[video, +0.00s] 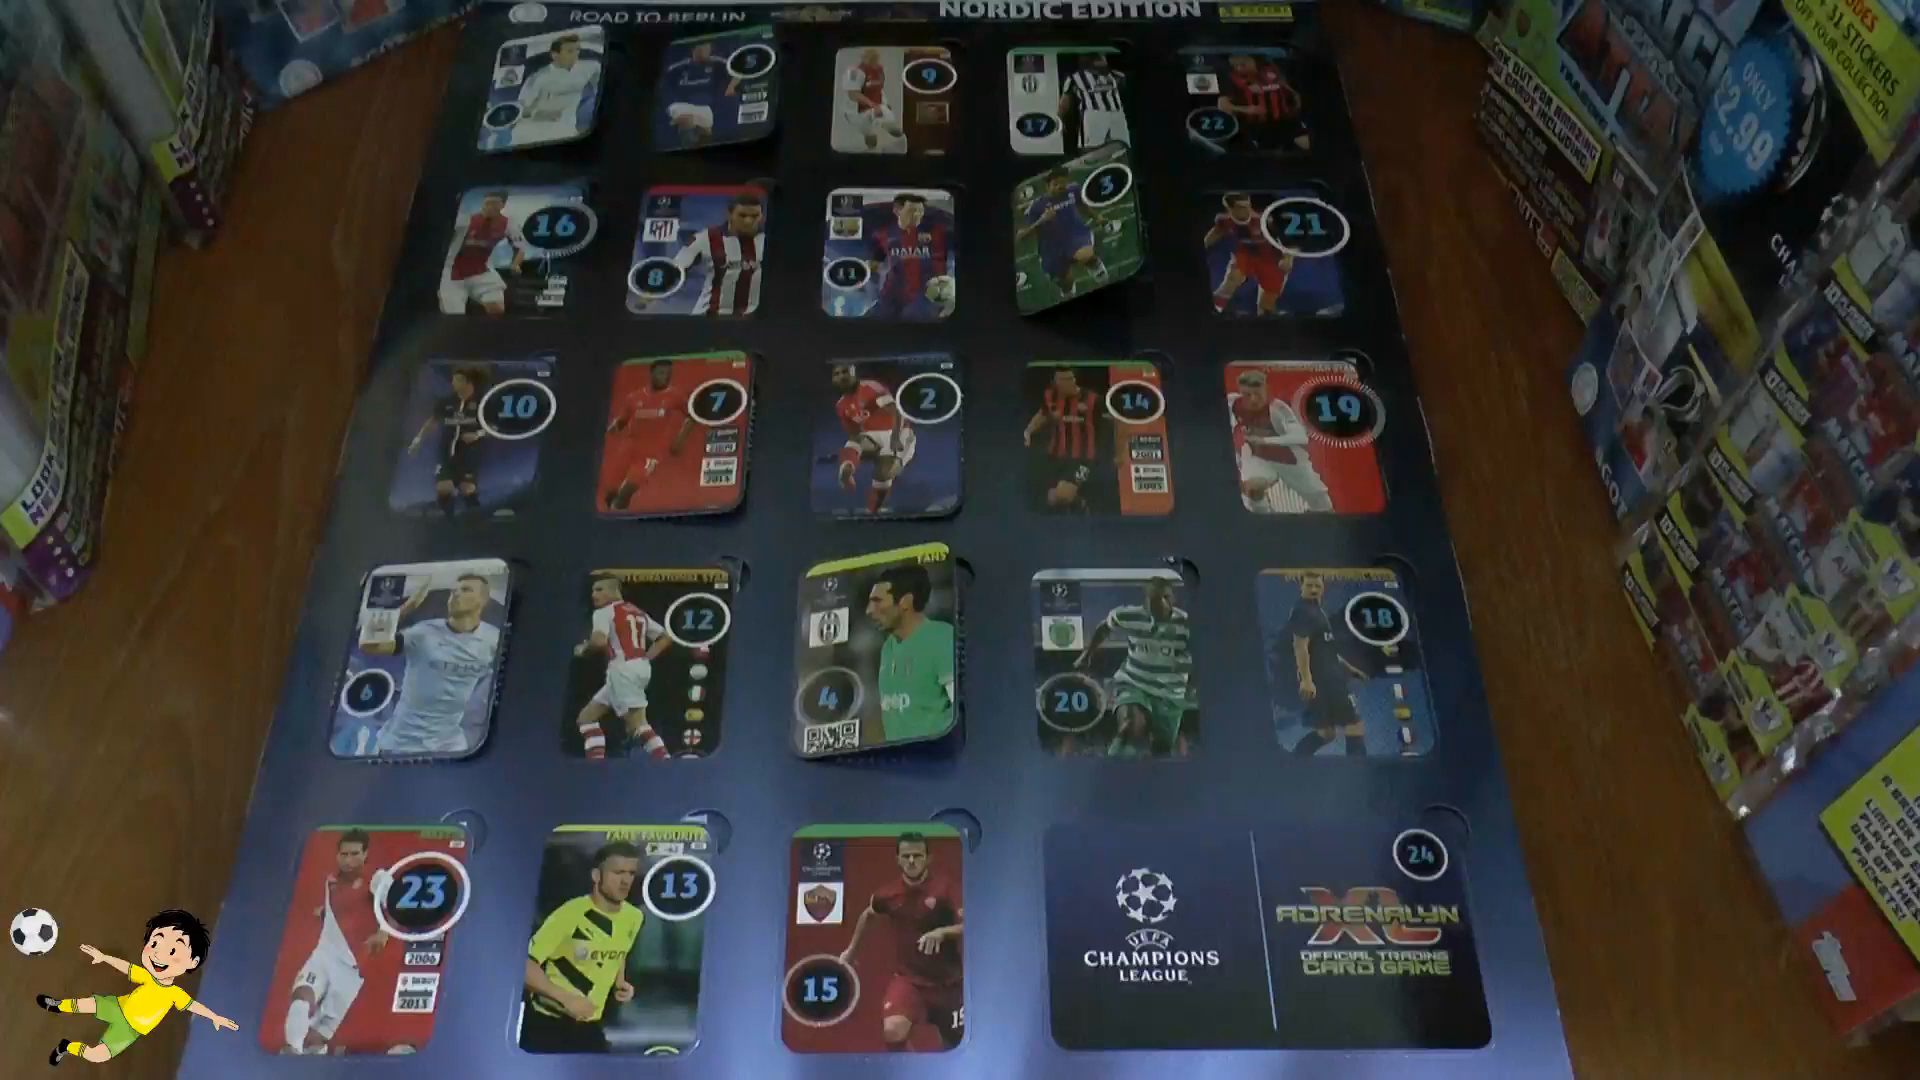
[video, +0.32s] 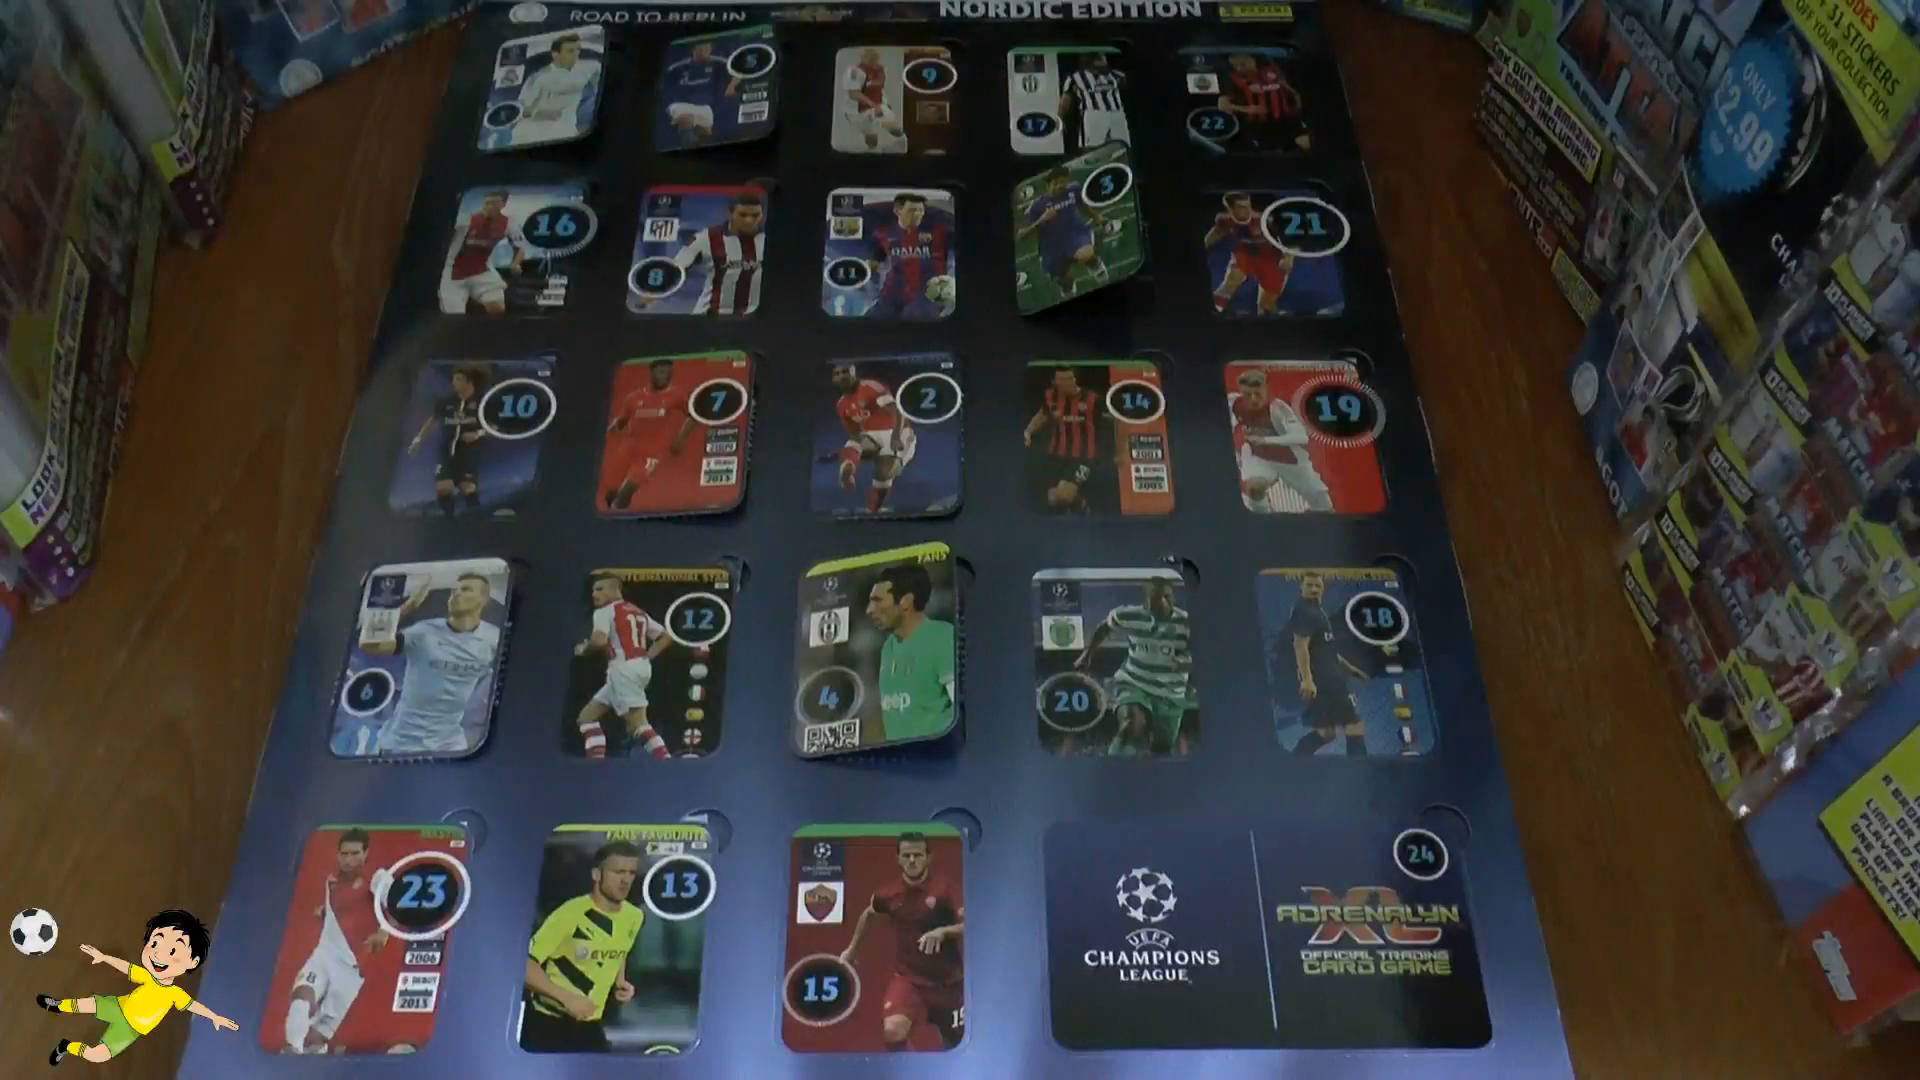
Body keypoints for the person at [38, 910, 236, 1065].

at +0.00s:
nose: (160, 956)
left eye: (172, 952)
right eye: (156, 944)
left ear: (189, 965)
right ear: (146, 946)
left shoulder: (176, 995)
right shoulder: (143, 975)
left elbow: (195, 1007)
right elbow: (124, 967)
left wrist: (215, 1018)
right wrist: (103, 958)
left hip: (131, 1029)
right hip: (119, 1008)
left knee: (99, 1055)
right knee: (88, 1003)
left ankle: (66, 1047)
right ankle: (57, 1006)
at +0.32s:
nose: (160, 956)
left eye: (173, 952)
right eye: (156, 944)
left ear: (190, 965)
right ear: (145, 946)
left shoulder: (176, 995)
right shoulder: (143, 975)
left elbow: (195, 1007)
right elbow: (124, 967)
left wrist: (215, 1018)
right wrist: (103, 958)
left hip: (131, 1030)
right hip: (119, 1008)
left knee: (98, 1055)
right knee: (88, 1003)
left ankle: (66, 1047)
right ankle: (57, 1006)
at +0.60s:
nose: (160, 956)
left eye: (172, 952)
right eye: (156, 944)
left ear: (189, 965)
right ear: (146, 945)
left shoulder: (176, 995)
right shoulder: (143, 975)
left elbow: (195, 1007)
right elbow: (124, 966)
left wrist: (215, 1017)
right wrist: (103, 958)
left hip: (131, 1030)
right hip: (119, 1008)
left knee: (98, 1055)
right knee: (89, 1003)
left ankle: (66, 1047)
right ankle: (57, 1006)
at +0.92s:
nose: (160, 956)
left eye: (172, 953)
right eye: (156, 944)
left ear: (188, 966)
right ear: (145, 945)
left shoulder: (176, 995)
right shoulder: (143, 976)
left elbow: (195, 1007)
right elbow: (124, 966)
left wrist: (215, 1017)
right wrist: (103, 958)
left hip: (131, 1030)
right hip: (119, 1008)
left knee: (99, 1055)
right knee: (89, 1003)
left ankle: (66, 1047)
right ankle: (57, 1006)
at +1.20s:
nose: (160, 956)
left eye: (172, 953)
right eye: (156, 944)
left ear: (188, 966)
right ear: (145, 945)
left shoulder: (176, 995)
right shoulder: (143, 976)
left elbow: (195, 1007)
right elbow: (124, 966)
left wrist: (215, 1017)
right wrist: (103, 958)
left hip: (131, 1030)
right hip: (119, 1008)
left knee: (99, 1055)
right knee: (89, 1003)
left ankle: (66, 1047)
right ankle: (57, 1006)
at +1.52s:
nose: (159, 955)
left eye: (172, 952)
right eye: (156, 944)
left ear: (189, 965)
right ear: (145, 945)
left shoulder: (176, 995)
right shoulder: (144, 975)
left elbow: (195, 1007)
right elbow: (124, 966)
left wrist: (215, 1017)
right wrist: (103, 957)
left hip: (131, 1030)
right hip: (119, 1008)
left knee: (98, 1055)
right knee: (88, 1004)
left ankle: (66, 1047)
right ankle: (57, 1006)